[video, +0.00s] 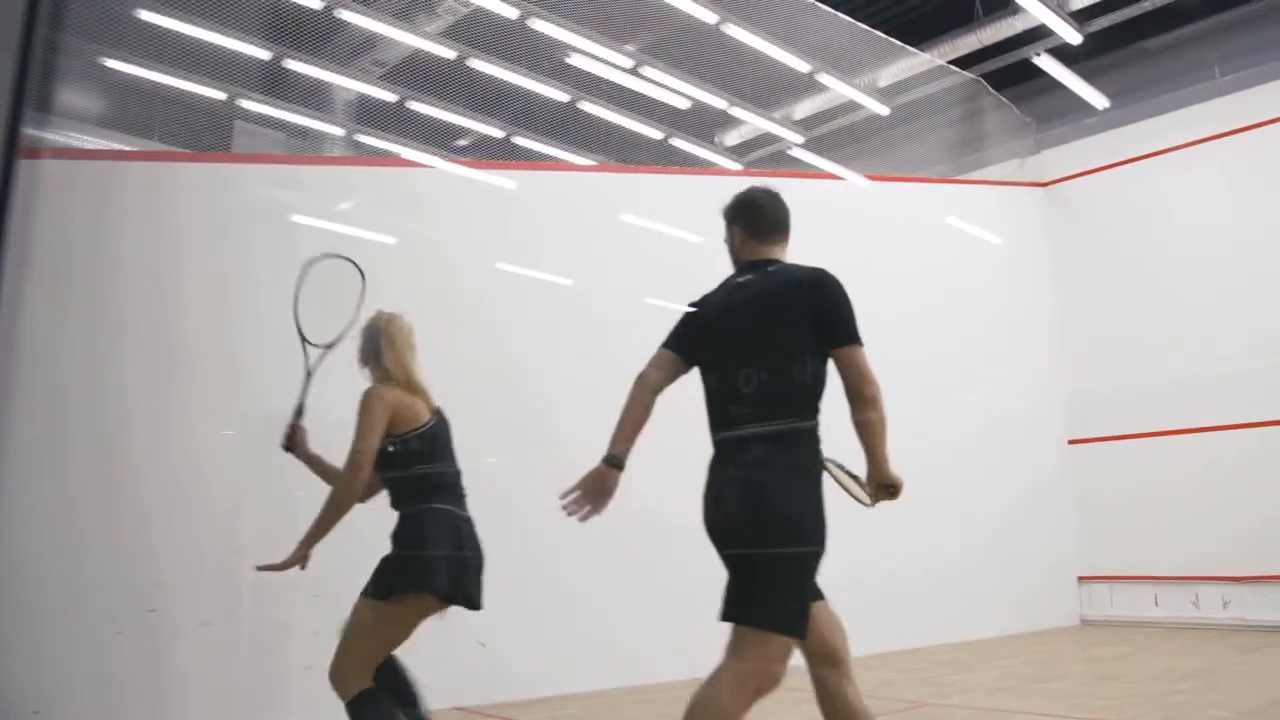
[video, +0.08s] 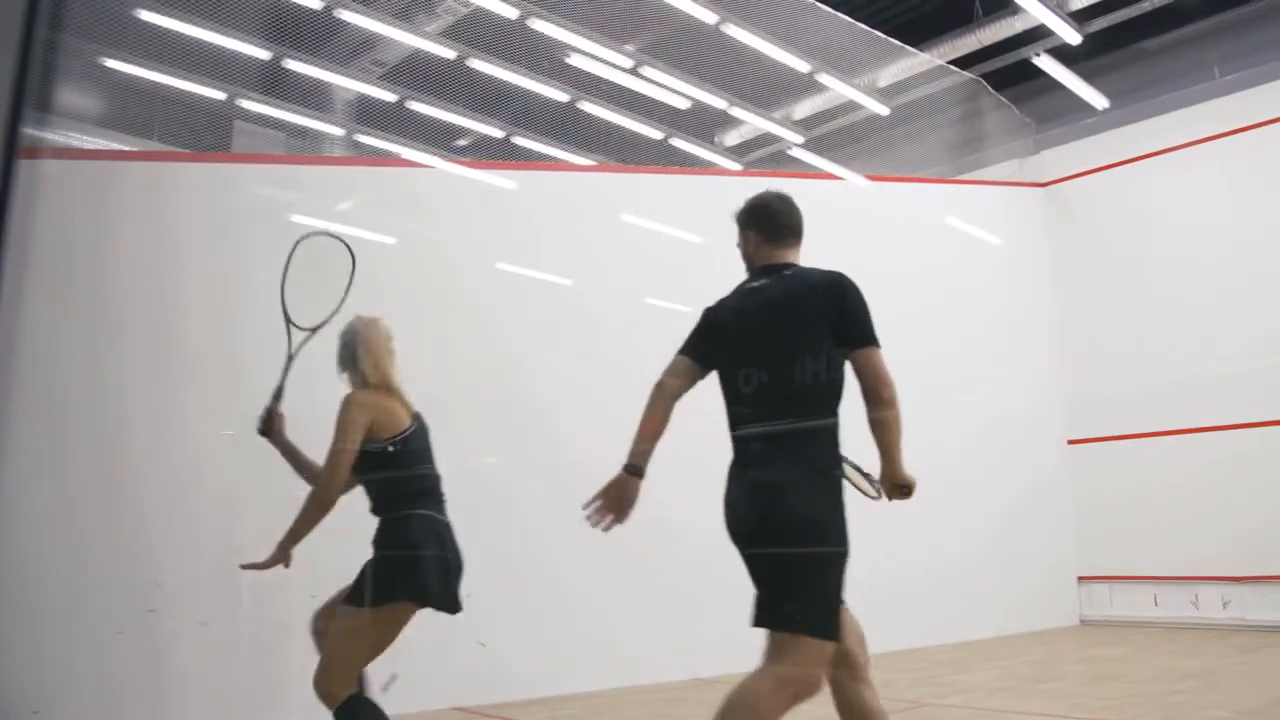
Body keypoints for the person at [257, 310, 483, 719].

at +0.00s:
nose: (361, 357)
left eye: (364, 348)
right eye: (362, 347)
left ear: (372, 351)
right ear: (405, 350)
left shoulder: (382, 397)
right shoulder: (425, 406)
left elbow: (355, 482)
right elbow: (362, 491)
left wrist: (306, 544)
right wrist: (306, 453)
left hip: (424, 550)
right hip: (456, 550)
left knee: (347, 674)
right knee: (373, 654)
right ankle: (416, 714)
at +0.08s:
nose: (341, 363)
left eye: (343, 353)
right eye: (344, 353)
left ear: (348, 356)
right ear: (385, 354)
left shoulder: (362, 403)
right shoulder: (400, 408)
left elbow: (331, 485)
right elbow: (333, 484)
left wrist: (286, 545)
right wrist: (281, 440)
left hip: (408, 553)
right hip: (429, 549)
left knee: (332, 685)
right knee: (327, 623)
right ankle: (358, 705)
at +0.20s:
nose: (309, 372)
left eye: (311, 363)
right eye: (311, 363)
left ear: (318, 366)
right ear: (355, 362)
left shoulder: (332, 411)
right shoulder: (369, 416)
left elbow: (298, 491)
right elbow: (291, 481)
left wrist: (259, 547)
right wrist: (252, 425)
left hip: (376, 566)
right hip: (391, 562)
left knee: (310, 694)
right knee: (291, 623)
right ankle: (279, 713)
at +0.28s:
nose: (289, 380)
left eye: (291, 370)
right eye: (290, 371)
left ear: (298, 371)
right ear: (331, 368)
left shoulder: (312, 417)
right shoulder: (344, 421)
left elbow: (281, 494)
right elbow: (256, 473)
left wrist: (243, 549)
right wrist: (236, 417)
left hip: (351, 572)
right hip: (363, 569)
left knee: (297, 702)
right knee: (268, 632)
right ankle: (233, 714)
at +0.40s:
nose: (258, 388)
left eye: (260, 379)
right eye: (259, 380)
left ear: (269, 381)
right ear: (299, 376)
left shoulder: (289, 421)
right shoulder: (297, 424)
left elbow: (257, 500)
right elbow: (213, 468)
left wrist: (221, 555)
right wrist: (216, 419)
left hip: (315, 582)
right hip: (321, 582)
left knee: (281, 709)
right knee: (232, 653)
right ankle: (185, 714)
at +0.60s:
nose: (208, 392)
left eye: (210, 384)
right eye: (211, 384)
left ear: (215, 388)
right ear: (254, 385)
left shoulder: (236, 441)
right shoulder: (259, 436)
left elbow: (211, 527)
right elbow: (173, 475)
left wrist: (178, 575)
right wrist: (159, 461)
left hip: (243, 591)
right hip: (258, 590)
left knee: (243, 708)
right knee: (170, 652)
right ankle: (140, 713)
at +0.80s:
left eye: (173, 369)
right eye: (217, 370)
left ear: (174, 376)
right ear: (218, 374)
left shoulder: (163, 432)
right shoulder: (236, 432)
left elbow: (156, 518)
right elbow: (206, 504)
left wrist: (137, 582)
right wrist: (140, 534)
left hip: (196, 568)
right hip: (239, 564)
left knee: (196, 700)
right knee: (149, 641)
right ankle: (132, 716)